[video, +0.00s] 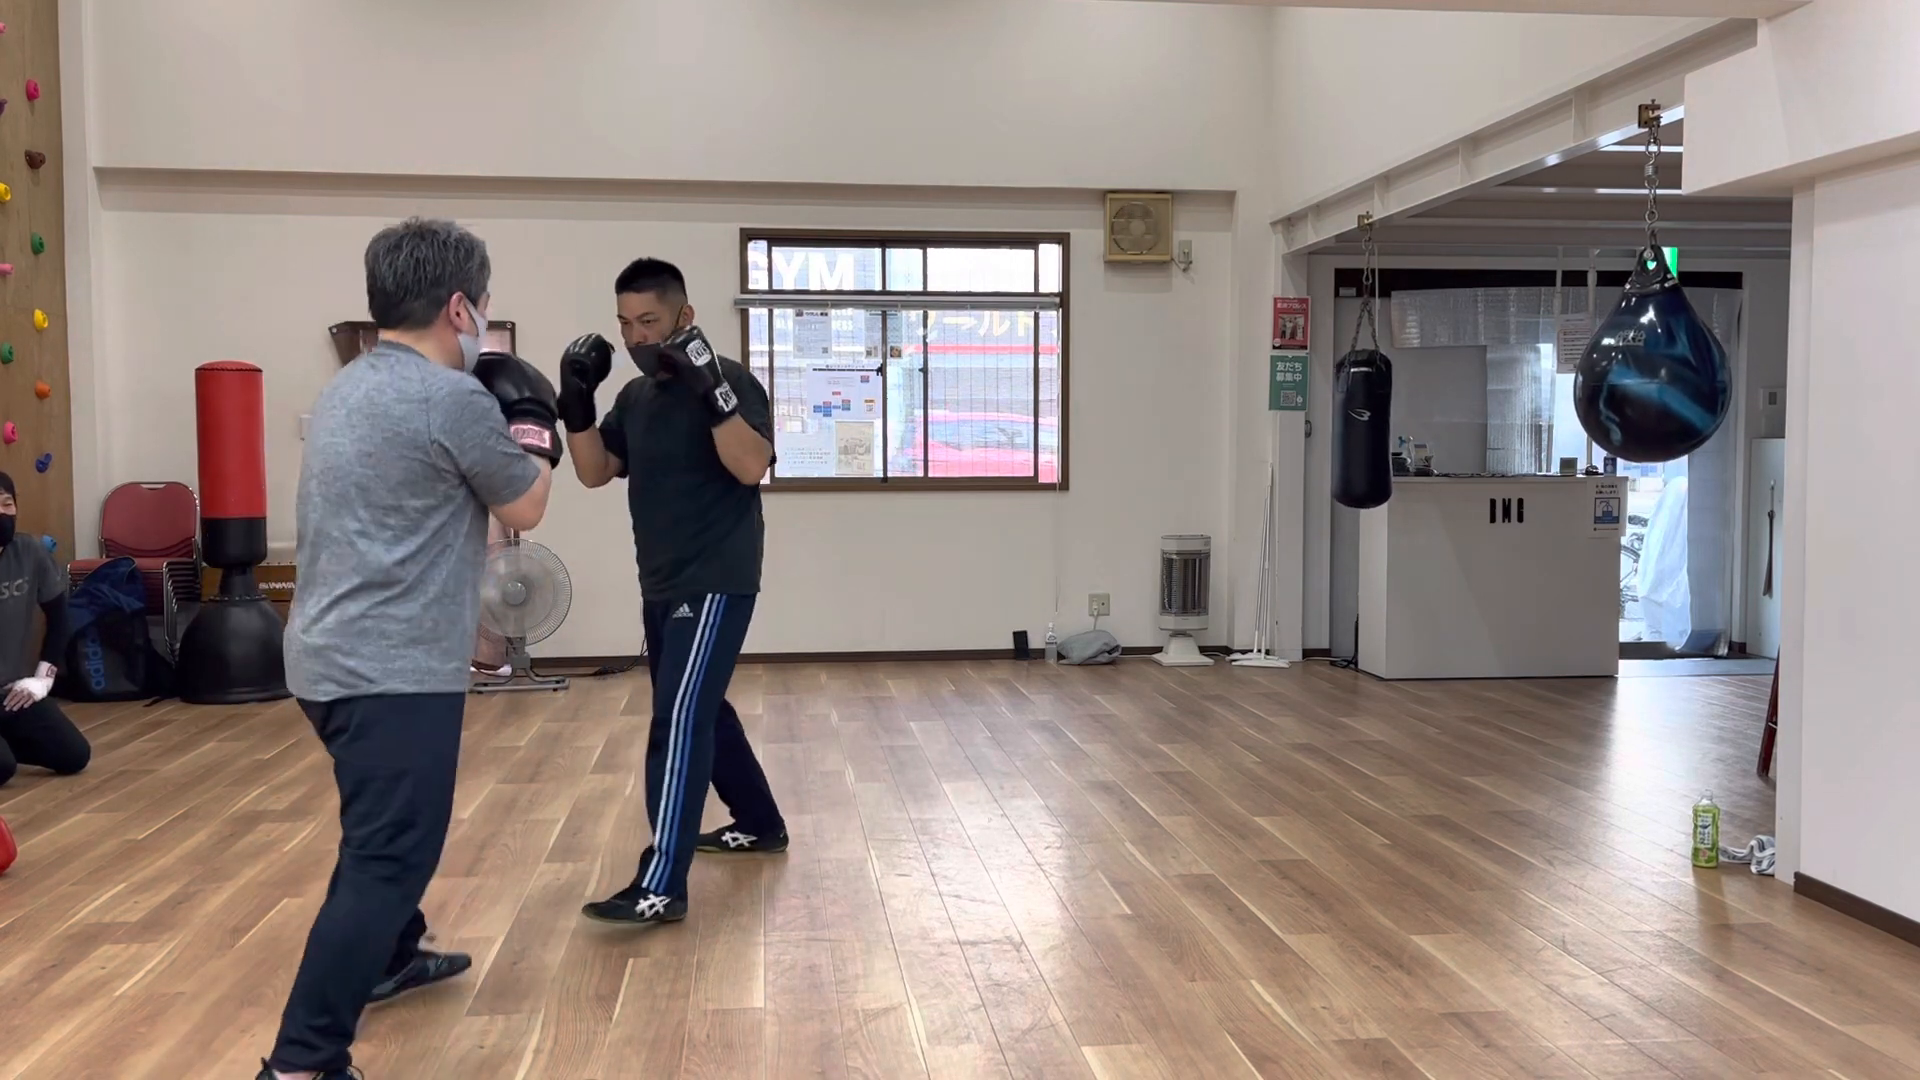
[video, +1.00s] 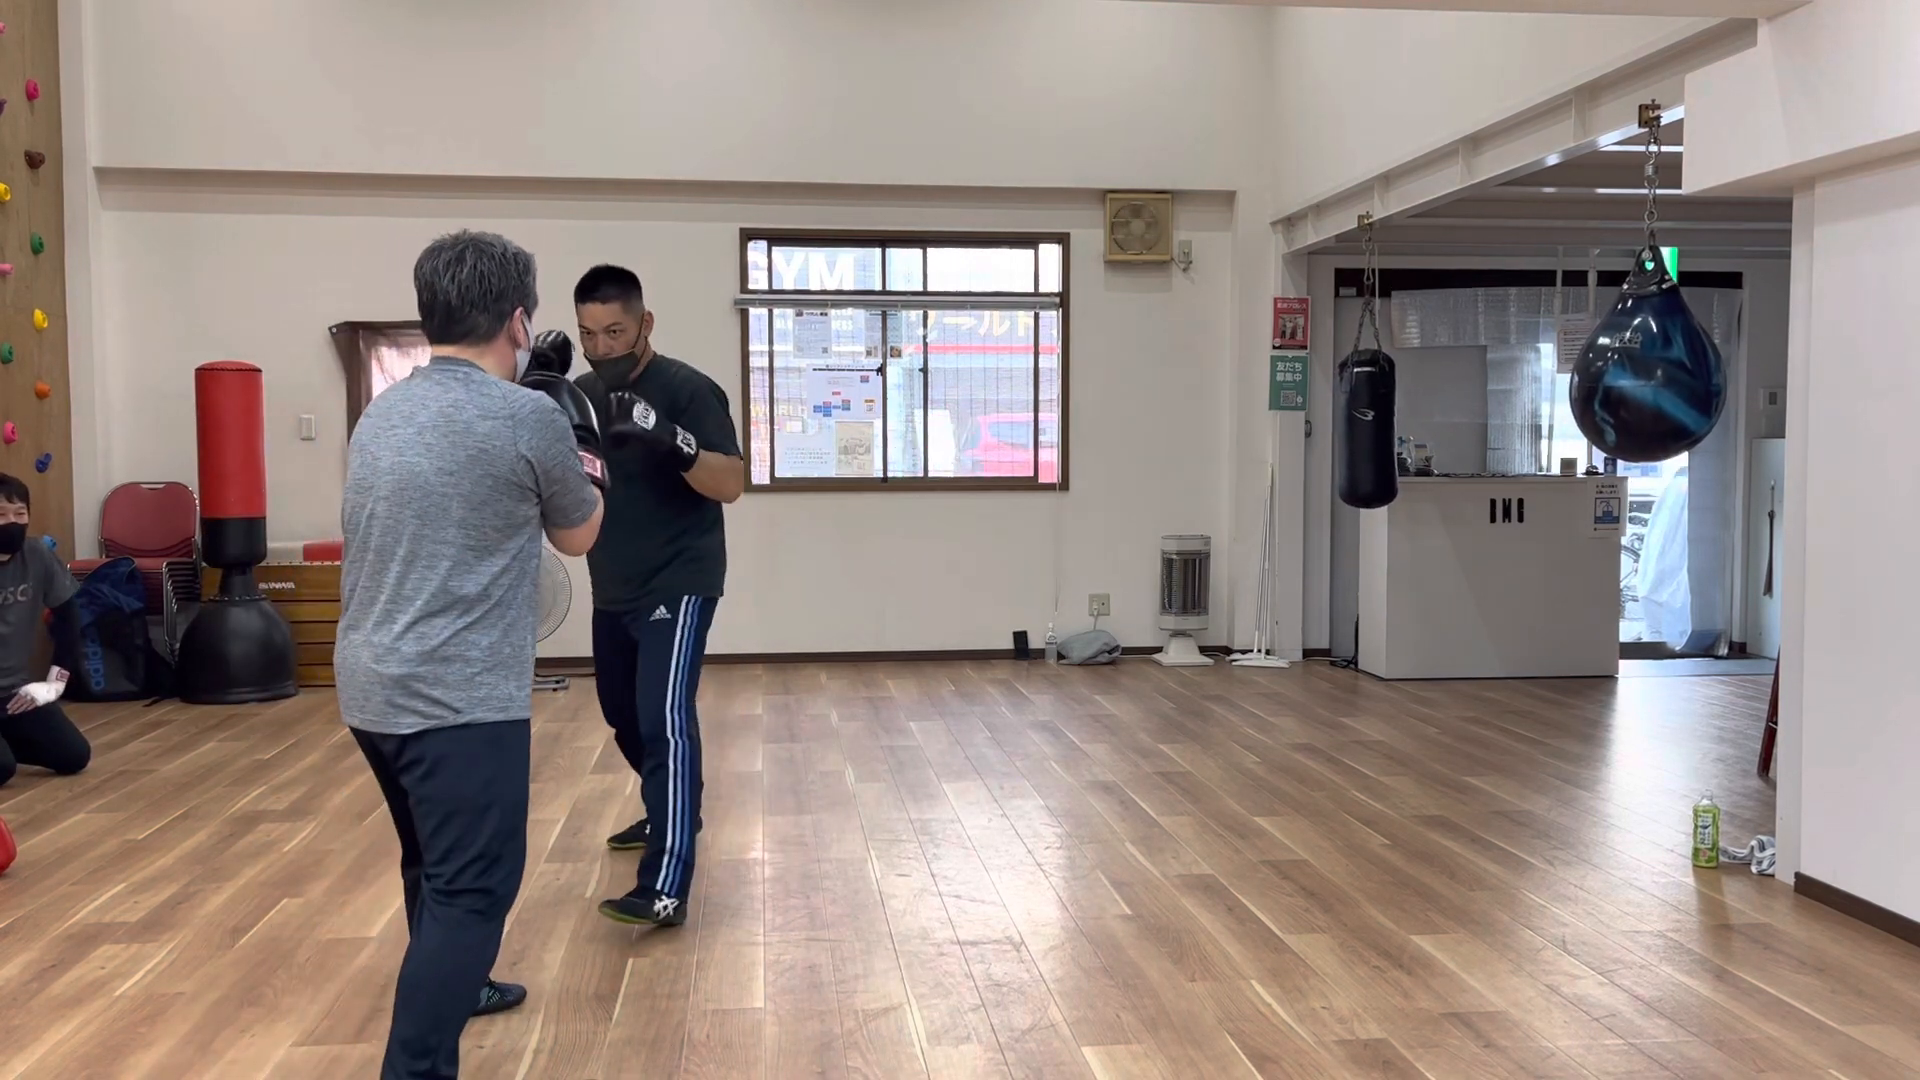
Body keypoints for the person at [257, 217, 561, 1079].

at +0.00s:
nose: (484, 317)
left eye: (485, 304)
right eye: (482, 303)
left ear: (379, 306)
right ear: (458, 308)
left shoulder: (339, 392)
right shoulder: (449, 397)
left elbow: (410, 499)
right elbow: (527, 506)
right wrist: (535, 444)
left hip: (325, 662)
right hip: (399, 672)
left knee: (392, 821)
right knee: (385, 863)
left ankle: (389, 955)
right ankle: (302, 1059)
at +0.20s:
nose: (503, 343)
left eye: (504, 328)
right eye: (501, 328)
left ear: (400, 332)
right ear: (479, 335)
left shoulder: (352, 418)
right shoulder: (473, 431)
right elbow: (534, 538)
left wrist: (496, 437)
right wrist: (540, 450)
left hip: (336, 689)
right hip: (406, 698)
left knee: (407, 844)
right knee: (442, 878)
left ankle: (381, 992)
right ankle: (385, 1064)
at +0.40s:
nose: (515, 323)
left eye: (516, 308)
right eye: (514, 308)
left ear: (411, 311)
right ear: (496, 316)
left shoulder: (367, 399)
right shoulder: (493, 404)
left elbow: (348, 524)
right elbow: (568, 514)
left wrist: (514, 457)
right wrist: (567, 459)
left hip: (352, 681)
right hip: (426, 691)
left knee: (426, 840)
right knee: (431, 885)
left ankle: (414, 977)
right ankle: (381, 1066)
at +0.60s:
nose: (525, 335)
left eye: (526, 320)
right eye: (523, 320)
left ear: (422, 323)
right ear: (507, 330)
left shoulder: (376, 412)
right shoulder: (502, 431)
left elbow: (445, 506)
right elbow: (558, 546)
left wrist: (516, 418)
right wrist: (572, 446)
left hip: (357, 697)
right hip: (440, 709)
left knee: (440, 854)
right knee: (445, 896)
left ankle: (444, 981)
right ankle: (384, 1071)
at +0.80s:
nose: (534, 329)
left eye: (534, 315)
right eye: (532, 315)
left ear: (430, 319)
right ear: (515, 323)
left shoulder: (383, 406)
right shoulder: (511, 419)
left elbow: (446, 496)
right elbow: (583, 520)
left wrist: (534, 456)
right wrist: (586, 463)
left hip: (361, 684)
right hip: (440, 693)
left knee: (431, 854)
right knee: (470, 878)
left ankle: (445, 980)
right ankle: (412, 1066)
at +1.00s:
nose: (532, 325)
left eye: (532, 314)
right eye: (531, 313)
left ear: (428, 319)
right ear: (516, 321)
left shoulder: (382, 409)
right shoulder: (528, 416)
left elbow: (430, 509)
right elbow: (577, 533)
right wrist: (572, 461)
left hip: (370, 689)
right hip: (465, 698)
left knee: (429, 854)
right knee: (468, 891)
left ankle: (448, 978)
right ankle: (414, 1068)